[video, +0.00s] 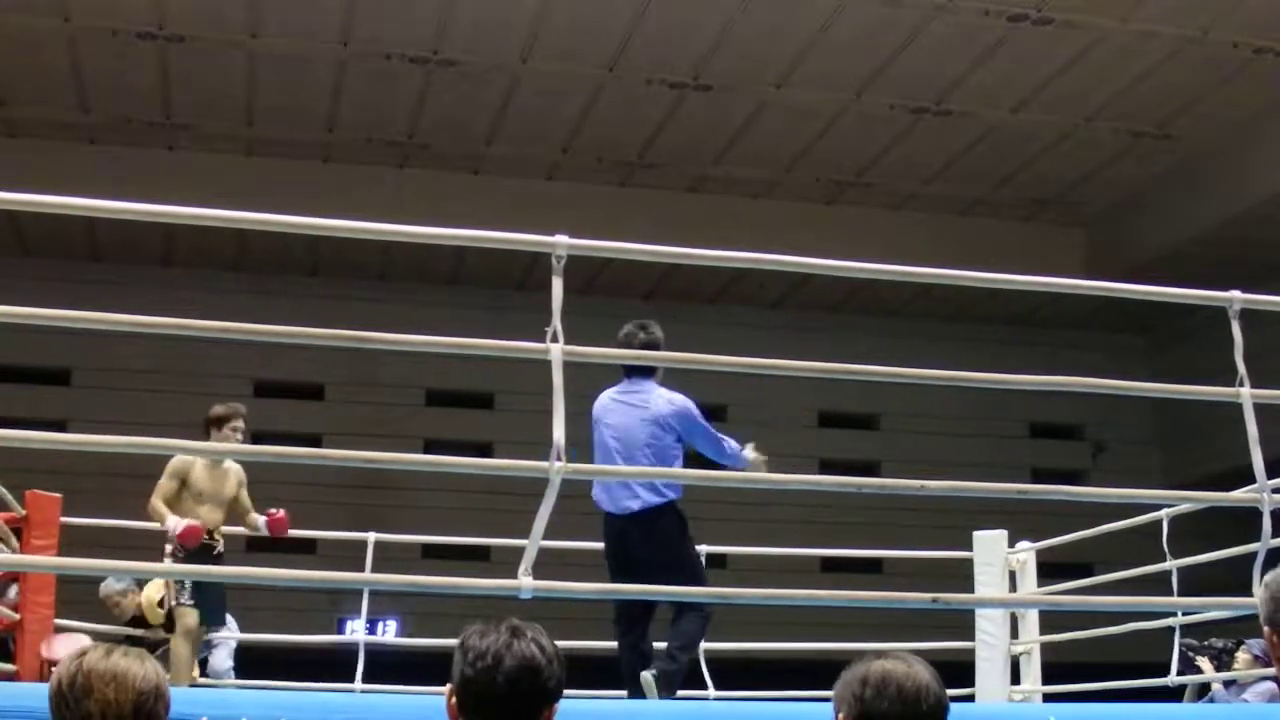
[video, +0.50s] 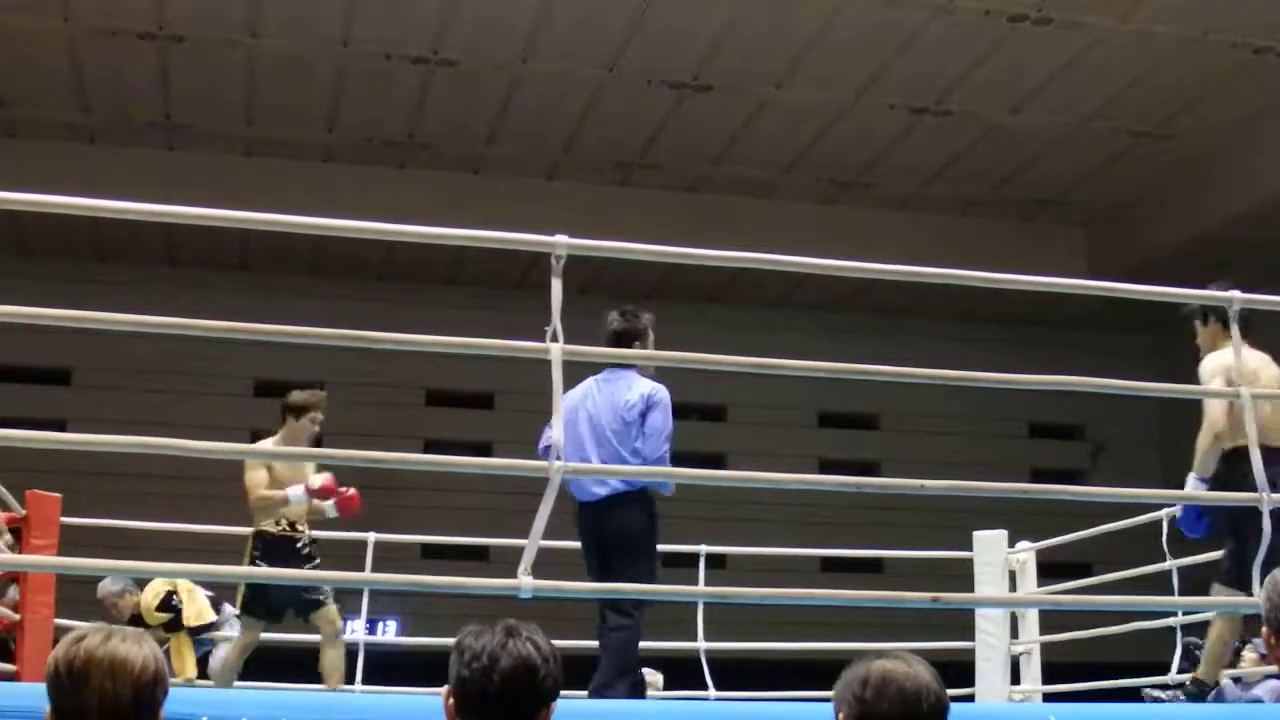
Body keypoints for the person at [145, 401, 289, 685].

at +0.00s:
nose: (239, 437)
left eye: (242, 432)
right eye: (234, 430)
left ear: (241, 434)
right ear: (214, 430)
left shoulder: (236, 473)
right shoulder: (184, 462)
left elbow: (247, 516)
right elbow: (155, 503)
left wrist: (265, 524)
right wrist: (176, 524)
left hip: (212, 552)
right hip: (182, 549)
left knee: (200, 629)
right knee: (187, 624)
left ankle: (179, 694)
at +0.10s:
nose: (248, 437)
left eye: (251, 431)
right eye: (242, 430)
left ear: (251, 434)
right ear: (222, 431)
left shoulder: (248, 471)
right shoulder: (194, 464)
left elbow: (261, 512)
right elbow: (171, 509)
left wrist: (279, 528)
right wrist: (191, 524)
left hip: (230, 554)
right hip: (198, 552)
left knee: (228, 629)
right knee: (206, 625)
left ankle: (225, 691)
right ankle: (202, 698)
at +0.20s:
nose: (257, 431)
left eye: (259, 426)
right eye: (251, 425)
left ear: (259, 429)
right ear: (231, 427)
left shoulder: (259, 468)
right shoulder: (204, 465)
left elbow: (271, 511)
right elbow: (187, 511)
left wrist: (286, 530)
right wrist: (209, 528)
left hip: (246, 556)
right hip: (215, 555)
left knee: (240, 639)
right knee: (222, 634)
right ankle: (205, 705)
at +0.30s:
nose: (272, 425)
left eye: (273, 420)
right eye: (266, 419)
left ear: (272, 422)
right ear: (246, 420)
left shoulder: (272, 462)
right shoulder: (219, 460)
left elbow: (277, 507)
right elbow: (204, 507)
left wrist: (297, 524)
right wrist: (243, 523)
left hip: (265, 554)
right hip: (232, 553)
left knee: (275, 638)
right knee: (229, 634)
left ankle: (222, 677)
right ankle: (212, 702)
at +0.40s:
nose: (293, 422)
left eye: (295, 416)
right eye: (288, 415)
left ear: (290, 417)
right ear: (267, 413)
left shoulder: (286, 453)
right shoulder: (238, 450)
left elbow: (284, 500)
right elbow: (227, 499)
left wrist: (310, 510)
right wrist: (271, 503)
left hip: (283, 542)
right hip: (251, 542)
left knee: (308, 627)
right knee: (236, 633)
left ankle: (269, 692)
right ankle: (215, 701)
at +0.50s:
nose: (318, 430)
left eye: (320, 423)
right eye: (313, 422)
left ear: (311, 423)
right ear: (293, 419)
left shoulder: (309, 459)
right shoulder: (260, 451)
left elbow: (300, 509)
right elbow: (256, 500)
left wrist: (332, 508)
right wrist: (304, 491)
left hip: (302, 546)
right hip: (268, 545)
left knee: (332, 627)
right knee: (248, 636)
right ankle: (216, 703)